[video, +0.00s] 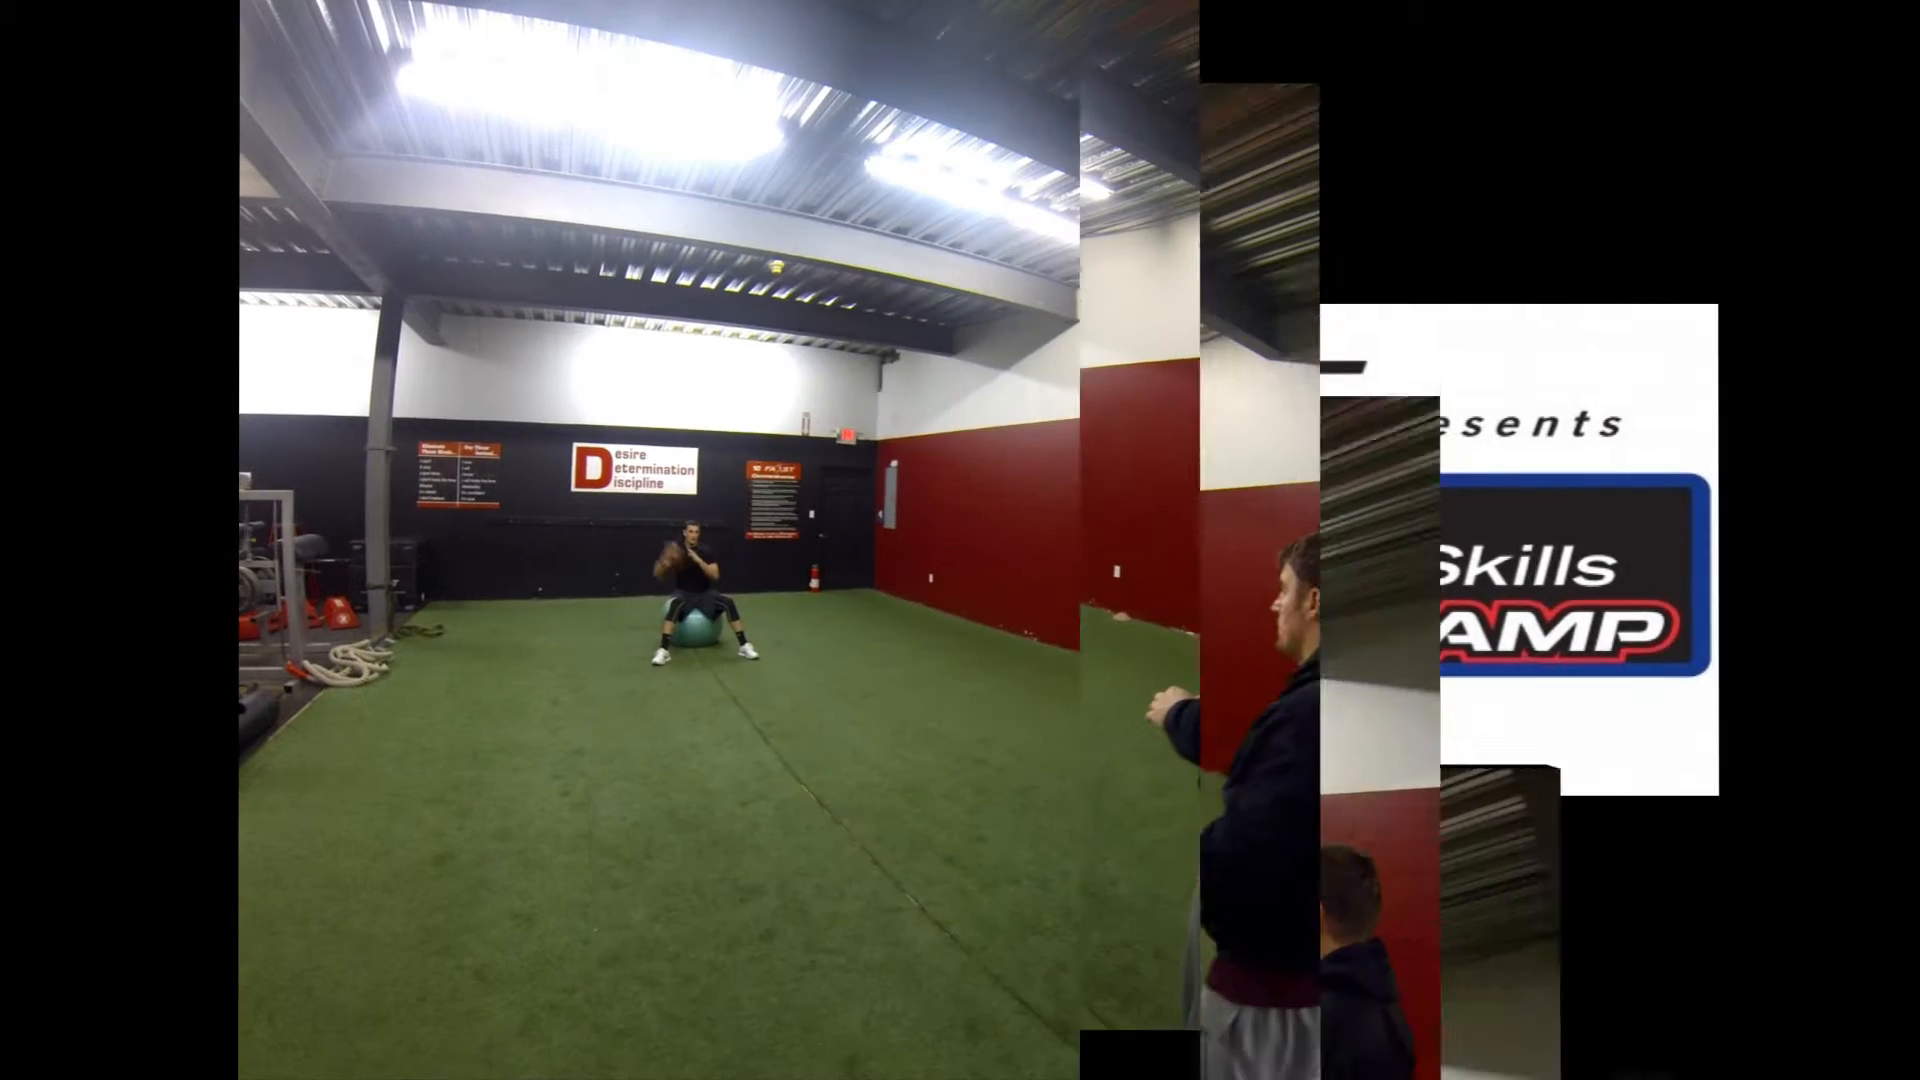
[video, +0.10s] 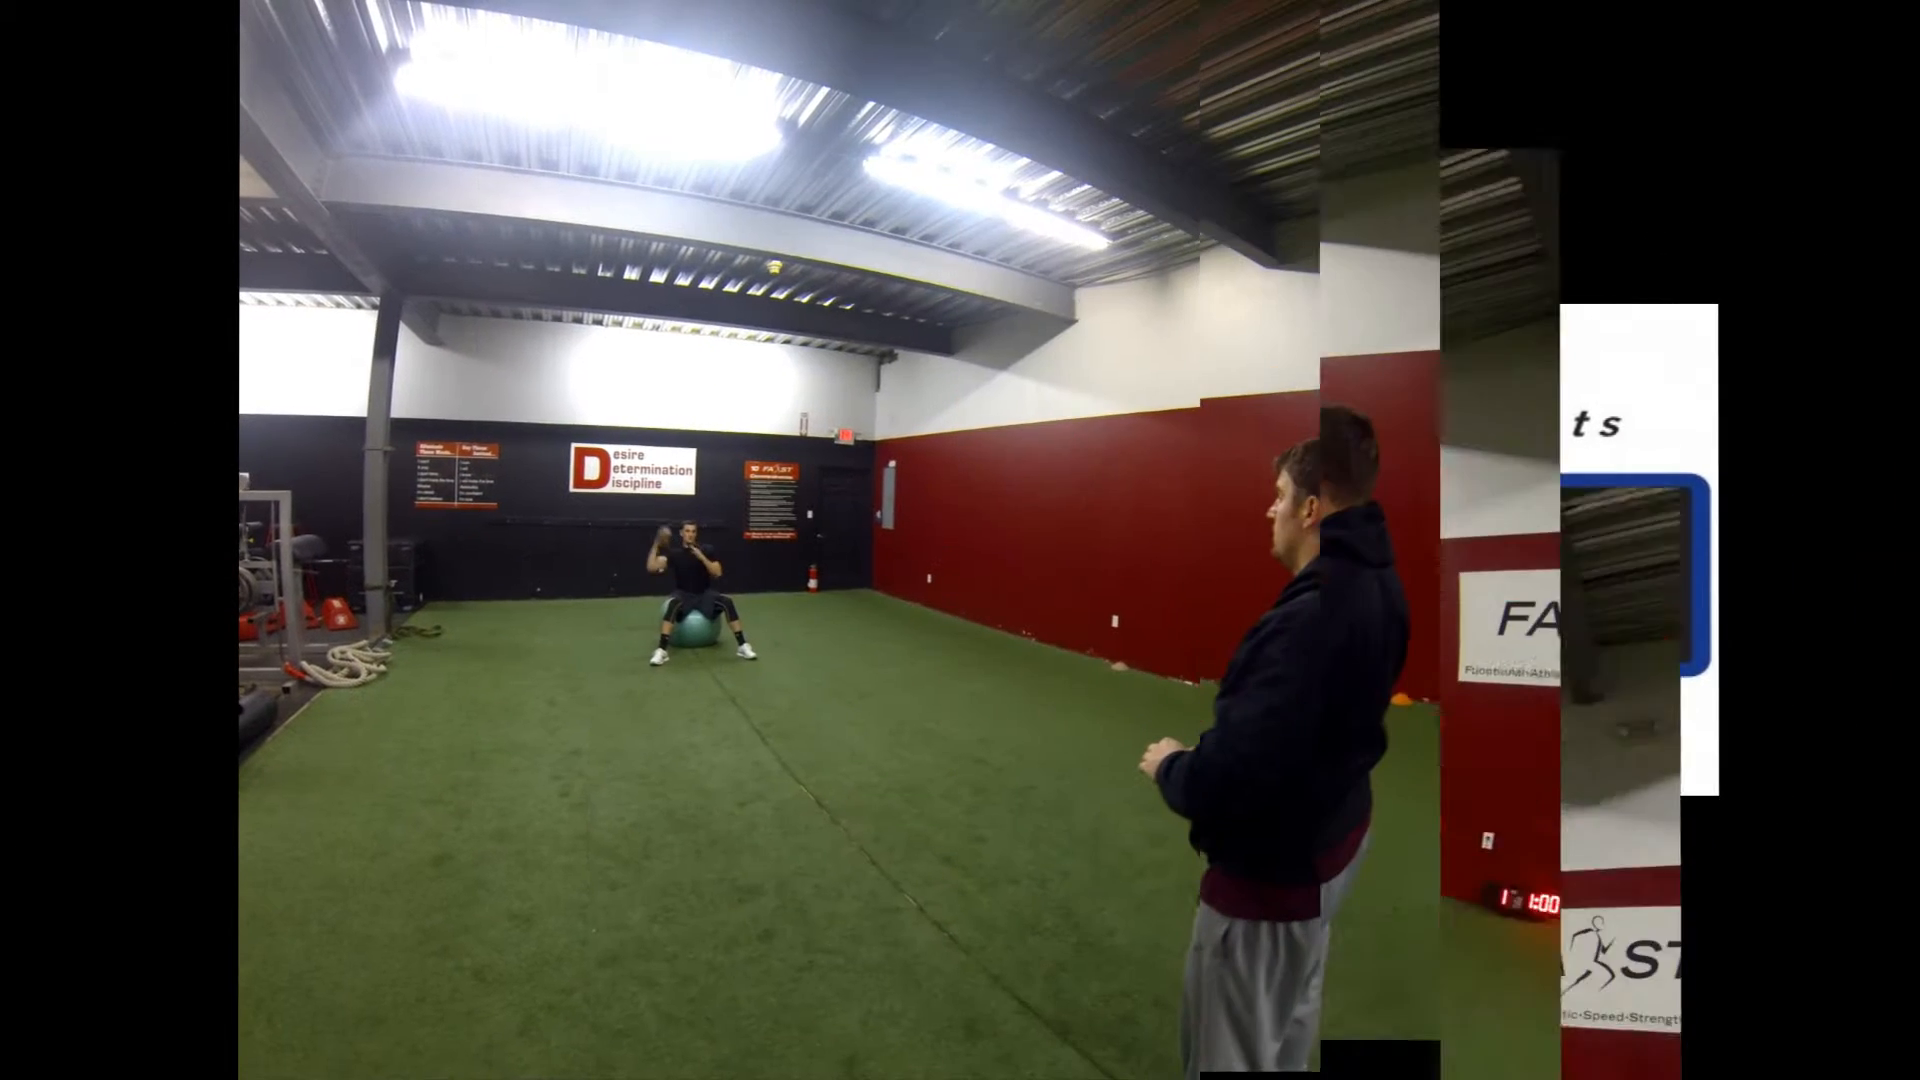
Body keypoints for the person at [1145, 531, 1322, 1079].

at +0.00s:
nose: (1275, 606)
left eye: (1283, 590)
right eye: (1278, 590)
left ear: (1315, 601)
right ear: (1314, 602)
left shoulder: (1309, 706)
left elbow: (1236, 852)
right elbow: (1255, 751)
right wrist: (1182, 716)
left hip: (1267, 978)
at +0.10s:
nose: (1269, 515)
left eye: (1277, 499)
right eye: (1272, 498)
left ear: (1312, 506)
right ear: (1338, 505)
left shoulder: (1314, 613)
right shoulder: (1372, 587)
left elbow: (1227, 777)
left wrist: (1171, 766)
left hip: (1271, 867)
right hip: (1330, 838)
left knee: (1226, 1046)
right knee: (1291, 1021)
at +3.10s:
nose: (1200, 556)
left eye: (1203, 541)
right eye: (1200, 542)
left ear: (1227, 542)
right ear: (1270, 538)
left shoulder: (1242, 642)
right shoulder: (1296, 614)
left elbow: (1204, 783)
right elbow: (1262, 708)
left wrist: (1120, 803)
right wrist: (1188, 714)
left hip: (1222, 862)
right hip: (1291, 841)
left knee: (1166, 962)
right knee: (1278, 967)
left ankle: (1141, 1059)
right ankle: (1294, 1069)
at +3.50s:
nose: (1287, 563)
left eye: (1292, 547)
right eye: (1288, 547)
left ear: (1320, 548)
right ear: (1340, 547)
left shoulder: (1334, 644)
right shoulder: (1386, 628)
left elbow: (1286, 776)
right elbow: (1360, 740)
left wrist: (1197, 792)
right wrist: (1278, 744)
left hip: (1297, 874)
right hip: (1362, 859)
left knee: (1220, 983)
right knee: (1325, 990)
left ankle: (1151, 1063)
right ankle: (1304, 1074)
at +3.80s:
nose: (1319, 552)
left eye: (1326, 536)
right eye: (1321, 537)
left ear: (1360, 543)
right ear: (1378, 543)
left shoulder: (1366, 639)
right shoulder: (1414, 626)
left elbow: (1325, 779)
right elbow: (1392, 760)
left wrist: (1233, 791)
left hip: (1321, 882)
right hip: (1384, 870)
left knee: (1230, 1005)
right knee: (1335, 1016)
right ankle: (1314, 1073)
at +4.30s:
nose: (1320, 545)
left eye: (1332, 529)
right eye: (1325, 529)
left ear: (1369, 545)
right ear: (1379, 546)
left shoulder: (1363, 662)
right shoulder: (1418, 643)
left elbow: (1277, 831)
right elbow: (1375, 775)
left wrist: (1207, 800)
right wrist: (1282, 774)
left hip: (1310, 939)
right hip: (1367, 919)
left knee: (1270, 1068)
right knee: (1320, 1064)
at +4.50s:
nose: (1304, 544)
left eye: (1316, 528)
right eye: (1310, 528)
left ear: (1353, 546)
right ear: (1363, 547)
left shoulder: (1347, 666)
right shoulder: (1414, 645)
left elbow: (1262, 847)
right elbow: (1368, 775)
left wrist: (1196, 806)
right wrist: (1268, 767)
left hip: (1306, 957)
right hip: (1373, 931)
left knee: (1266, 1069)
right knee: (1313, 1066)